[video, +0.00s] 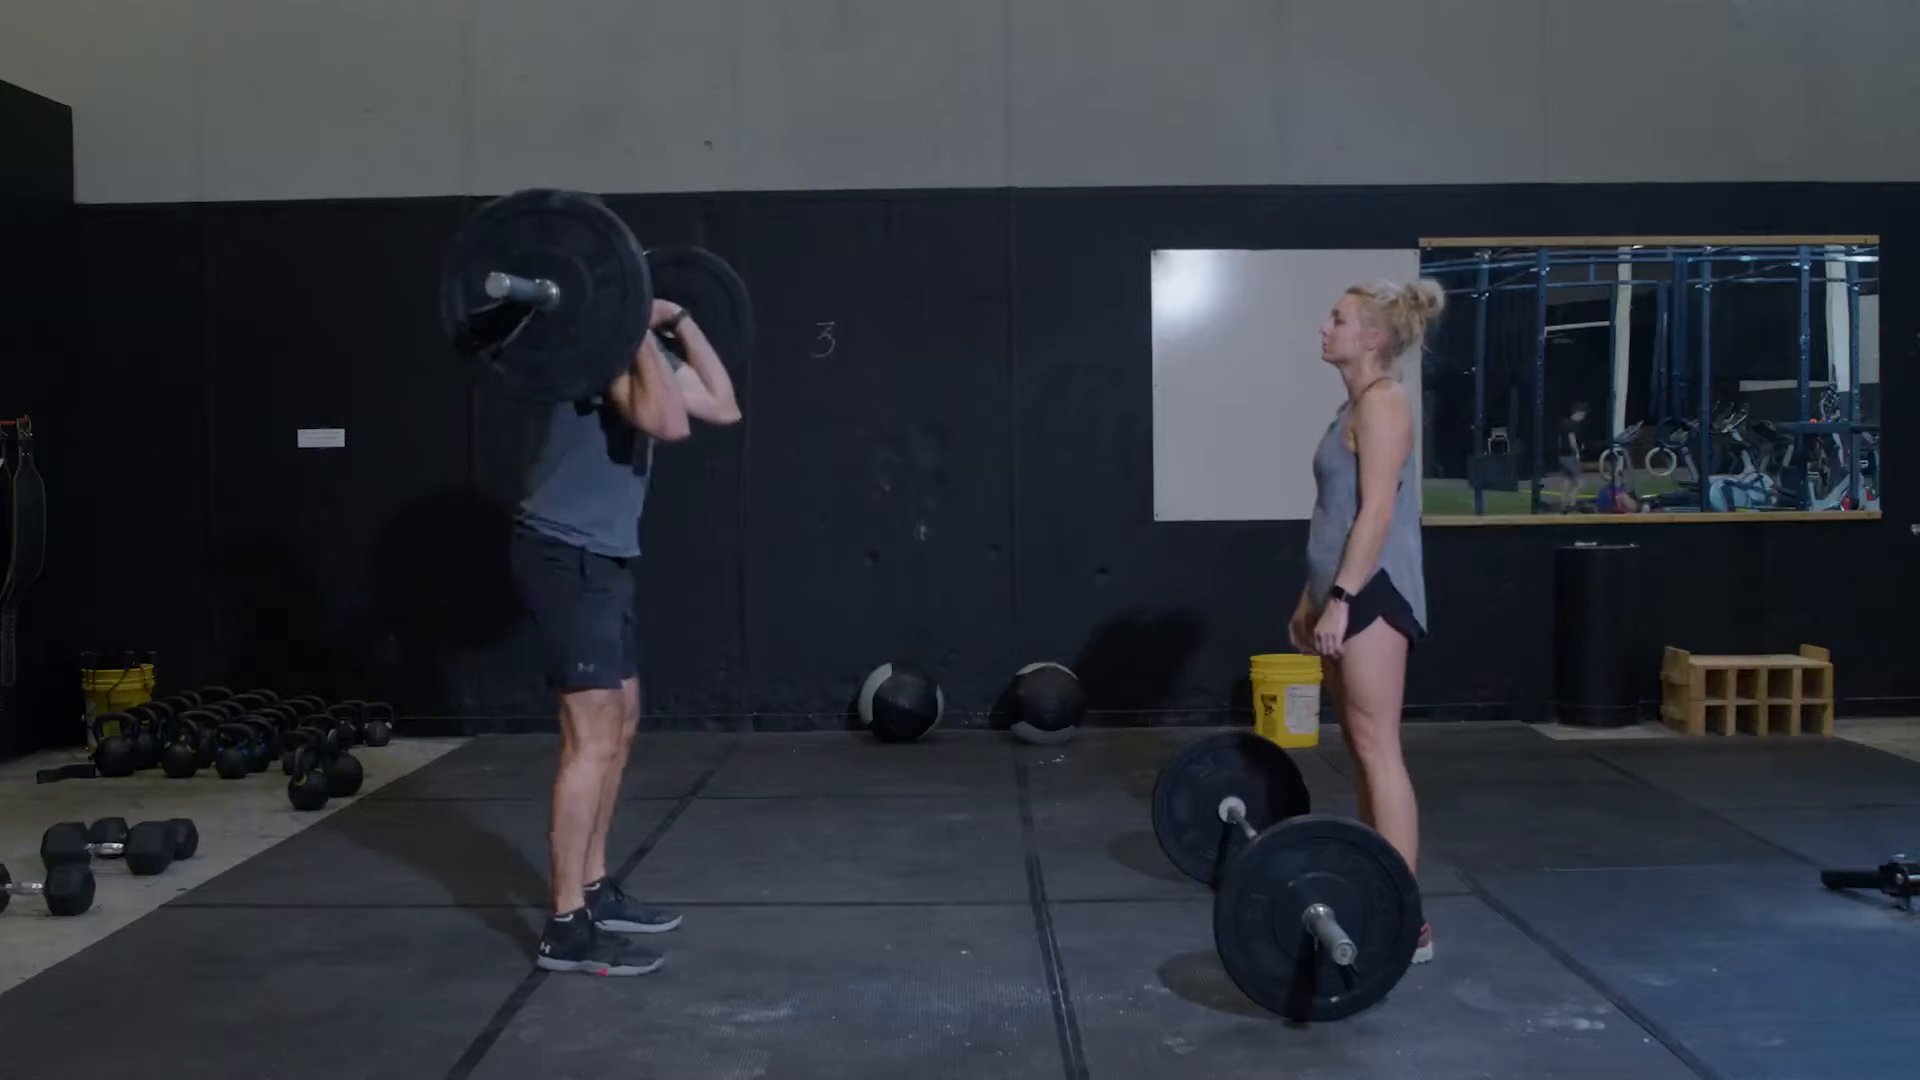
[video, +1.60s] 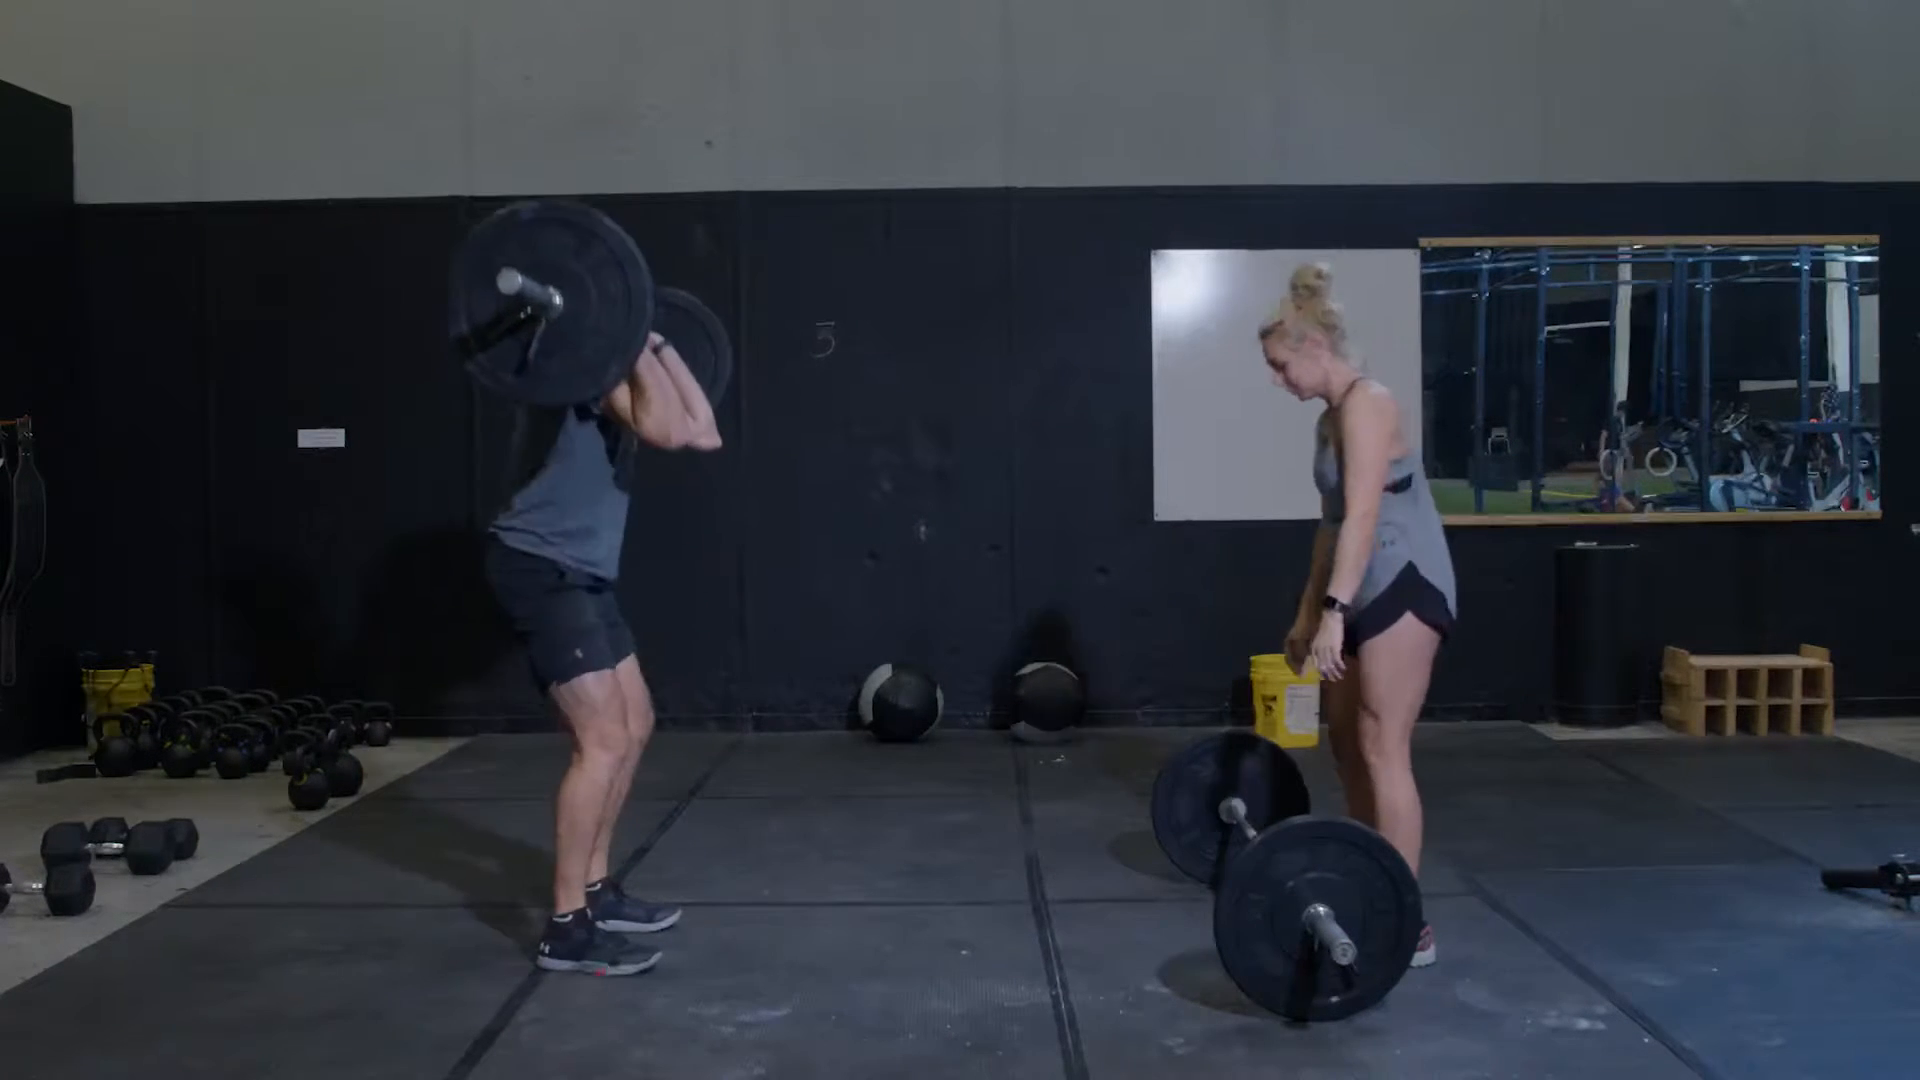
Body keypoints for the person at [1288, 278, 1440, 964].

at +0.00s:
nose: (1325, 329)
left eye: (1339, 321)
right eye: (1329, 319)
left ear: (1374, 338)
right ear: (1360, 338)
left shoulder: (1383, 404)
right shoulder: (1355, 407)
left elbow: (1377, 512)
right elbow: (1338, 515)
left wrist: (1341, 597)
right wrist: (1313, 594)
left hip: (1376, 595)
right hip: (1350, 593)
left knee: (1378, 748)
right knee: (1364, 746)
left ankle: (1402, 914)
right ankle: (1379, 901)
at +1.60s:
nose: (1279, 379)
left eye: (1282, 365)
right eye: (1274, 369)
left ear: (1318, 347)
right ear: (1312, 350)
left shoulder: (1364, 405)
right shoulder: (1337, 417)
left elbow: (1361, 519)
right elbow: (1332, 528)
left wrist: (1334, 612)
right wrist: (1308, 618)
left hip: (1401, 588)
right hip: (1365, 591)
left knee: (1382, 748)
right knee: (1348, 743)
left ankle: (1402, 919)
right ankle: (1370, 903)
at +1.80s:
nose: (1235, 453)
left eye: (1236, 439)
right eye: (1228, 443)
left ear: (1266, 415)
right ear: (1259, 418)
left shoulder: (1327, 457)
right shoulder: (1295, 476)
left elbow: (1336, 573)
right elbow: (1303, 578)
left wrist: (1328, 673)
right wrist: (1299, 673)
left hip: (1448, 595)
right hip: (1395, 606)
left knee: (1396, 743)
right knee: (1360, 739)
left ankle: (1407, 921)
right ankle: (1369, 901)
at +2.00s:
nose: (1212, 547)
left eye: (1214, 532)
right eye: (1207, 535)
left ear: (1244, 509)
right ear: (1243, 512)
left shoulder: (1303, 548)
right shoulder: (1280, 561)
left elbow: (1306, 667)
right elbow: (1280, 669)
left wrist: (1291, 771)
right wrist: (1269, 758)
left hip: (1473, 612)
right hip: (1420, 623)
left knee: (1388, 749)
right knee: (1351, 739)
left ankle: (1407, 924)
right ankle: (1368, 901)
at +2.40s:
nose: (1202, 574)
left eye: (1209, 561)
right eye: (1202, 562)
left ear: (1252, 556)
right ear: (1252, 559)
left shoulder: (1306, 598)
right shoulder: (1279, 603)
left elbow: (1305, 718)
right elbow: (1275, 713)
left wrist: (1298, 825)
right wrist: (1269, 806)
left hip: (1480, 629)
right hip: (1426, 636)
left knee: (1376, 752)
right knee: (1339, 740)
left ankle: (1407, 923)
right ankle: (1374, 893)